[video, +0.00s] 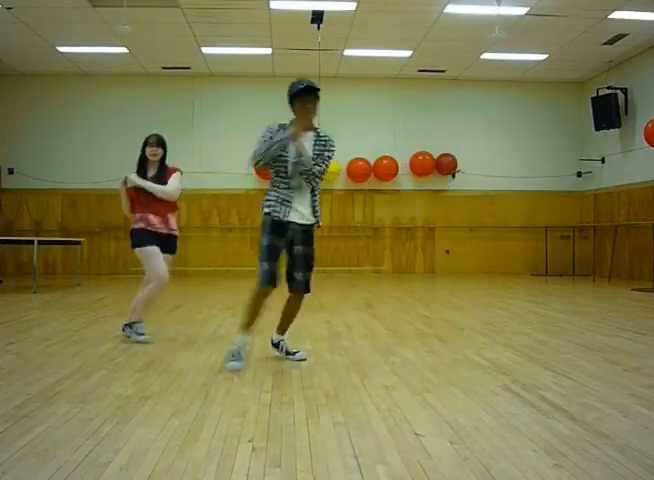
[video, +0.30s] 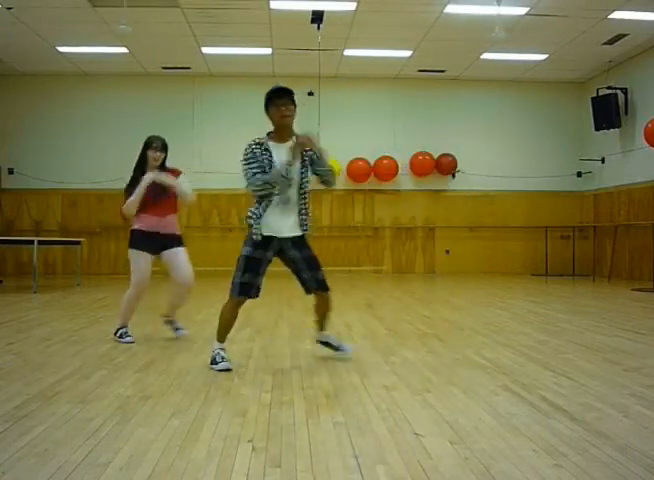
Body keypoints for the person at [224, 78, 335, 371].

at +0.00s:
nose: (311, 106)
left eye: (314, 101)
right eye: (305, 101)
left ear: (318, 105)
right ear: (293, 105)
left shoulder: (324, 141)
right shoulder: (275, 133)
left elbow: (315, 176)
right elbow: (258, 162)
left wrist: (299, 148)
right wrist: (286, 139)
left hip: (305, 220)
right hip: (276, 214)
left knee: (300, 287)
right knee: (267, 282)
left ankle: (279, 338)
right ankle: (241, 340)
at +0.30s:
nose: (285, 110)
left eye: (289, 105)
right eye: (278, 106)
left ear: (295, 110)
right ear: (268, 113)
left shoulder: (303, 145)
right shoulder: (256, 149)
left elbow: (329, 181)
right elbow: (257, 188)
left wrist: (314, 151)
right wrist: (289, 161)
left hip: (294, 235)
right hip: (262, 234)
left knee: (322, 291)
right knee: (239, 294)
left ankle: (322, 335)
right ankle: (218, 348)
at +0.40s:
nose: (290, 107)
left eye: (294, 102)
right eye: (283, 103)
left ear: (300, 106)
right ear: (273, 109)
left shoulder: (312, 141)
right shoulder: (264, 146)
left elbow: (342, 175)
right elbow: (278, 183)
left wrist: (342, 163)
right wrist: (315, 173)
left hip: (306, 232)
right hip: (274, 232)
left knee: (338, 288)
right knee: (251, 294)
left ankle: (349, 340)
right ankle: (221, 347)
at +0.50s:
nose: (302, 103)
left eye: (305, 98)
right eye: (295, 100)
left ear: (311, 103)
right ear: (284, 107)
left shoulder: (323, 137)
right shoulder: (278, 145)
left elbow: (345, 165)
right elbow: (296, 185)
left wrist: (363, 177)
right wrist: (334, 186)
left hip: (327, 227)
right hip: (296, 229)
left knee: (351, 288)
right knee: (271, 292)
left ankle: (353, 343)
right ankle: (232, 344)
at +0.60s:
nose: (315, 104)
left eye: (318, 99)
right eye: (308, 101)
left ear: (324, 104)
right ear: (297, 108)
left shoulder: (337, 136)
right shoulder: (291, 149)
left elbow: (354, 170)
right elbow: (306, 195)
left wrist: (365, 199)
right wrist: (344, 213)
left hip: (343, 224)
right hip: (315, 227)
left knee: (357, 290)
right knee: (305, 292)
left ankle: (352, 344)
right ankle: (263, 333)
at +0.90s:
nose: (347, 109)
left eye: (350, 104)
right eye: (341, 106)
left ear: (356, 109)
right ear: (330, 112)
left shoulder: (366, 144)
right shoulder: (319, 148)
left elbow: (380, 182)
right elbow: (300, 185)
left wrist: (364, 179)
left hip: (369, 227)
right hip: (342, 231)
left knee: (406, 286)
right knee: (344, 301)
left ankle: (391, 335)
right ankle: (308, 346)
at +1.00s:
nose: (360, 108)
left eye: (363, 103)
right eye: (353, 105)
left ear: (369, 107)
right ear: (342, 111)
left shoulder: (379, 141)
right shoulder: (334, 147)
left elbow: (403, 177)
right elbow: (332, 184)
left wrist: (401, 162)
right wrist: (364, 164)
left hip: (382, 228)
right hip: (354, 231)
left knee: (422, 283)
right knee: (348, 298)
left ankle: (431, 340)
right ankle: (309, 345)